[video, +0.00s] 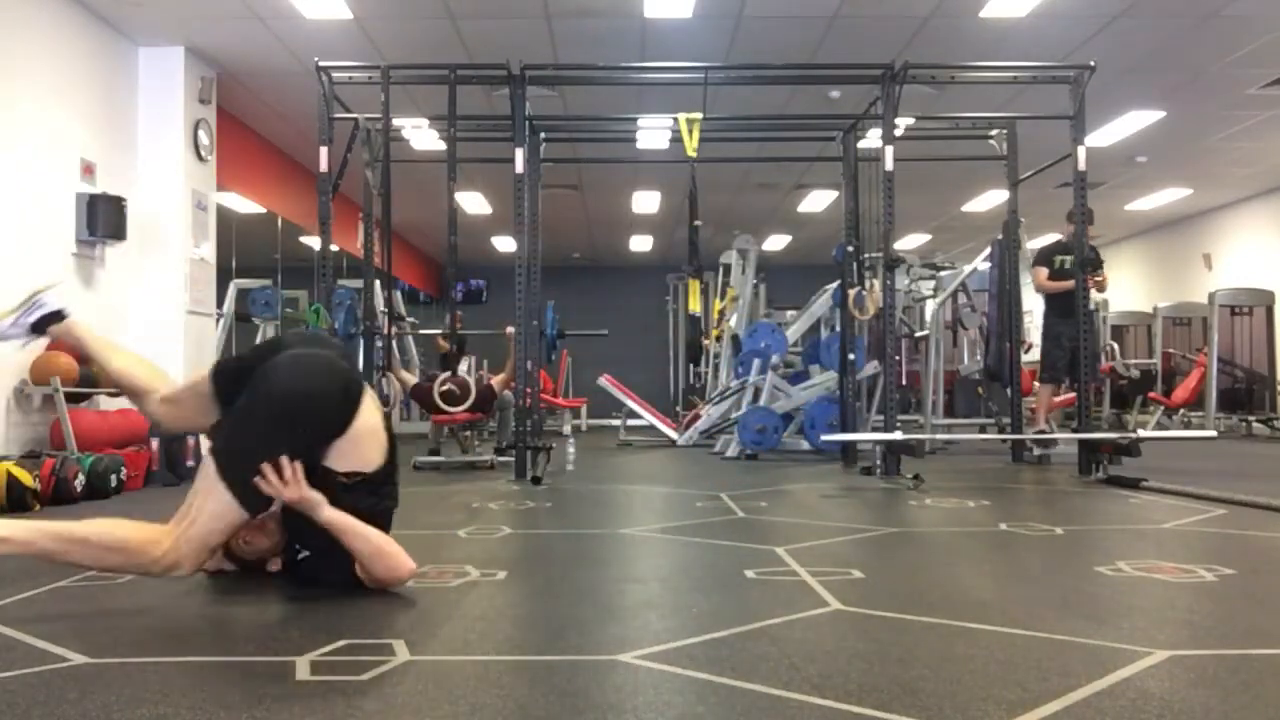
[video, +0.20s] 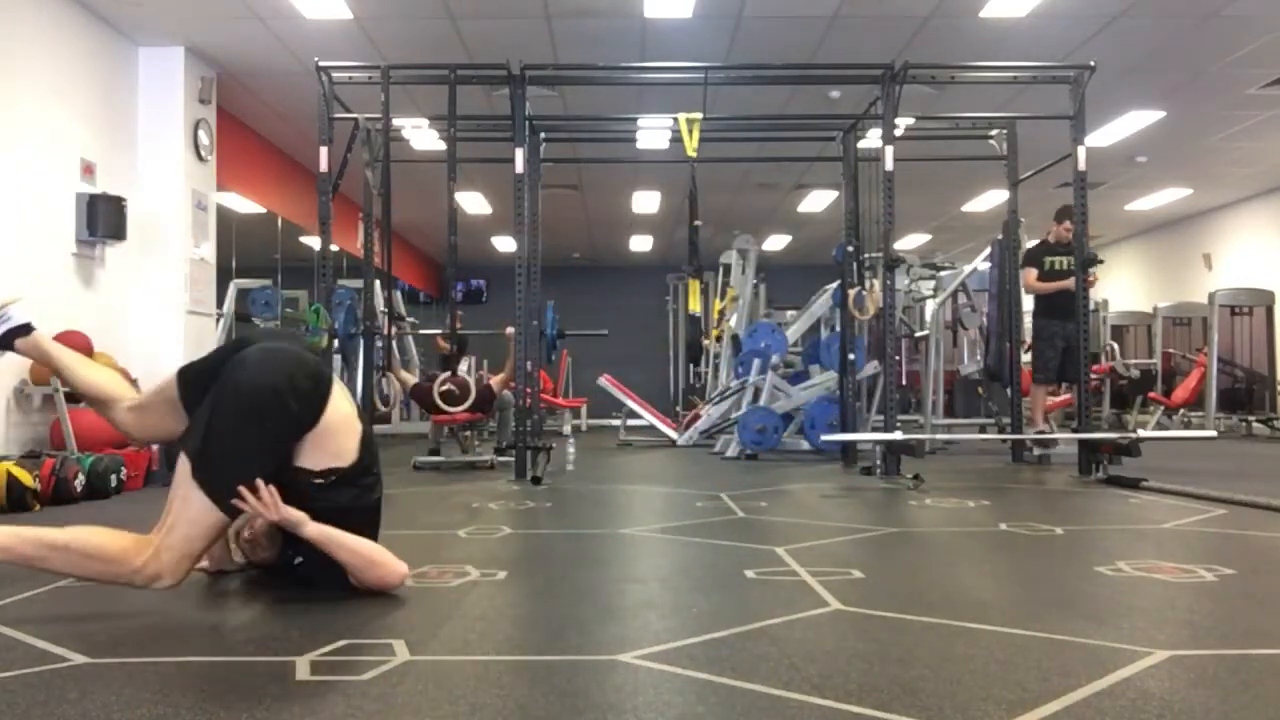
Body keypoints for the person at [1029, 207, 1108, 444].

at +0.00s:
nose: (1080, 230)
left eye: (1085, 226)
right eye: (1076, 224)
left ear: (1091, 228)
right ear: (1067, 225)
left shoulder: (1092, 254)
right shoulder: (1047, 252)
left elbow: (1101, 286)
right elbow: (1040, 284)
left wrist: (1098, 282)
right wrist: (1074, 284)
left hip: (1083, 321)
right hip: (1057, 321)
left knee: (1086, 374)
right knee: (1050, 375)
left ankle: (1085, 421)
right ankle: (1041, 423)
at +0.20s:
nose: (1070, 236)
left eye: (1073, 232)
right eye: (1067, 230)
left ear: (1075, 230)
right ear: (1056, 225)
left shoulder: (1076, 251)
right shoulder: (1036, 252)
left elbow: (1082, 278)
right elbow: (1029, 285)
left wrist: (1088, 281)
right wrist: (1065, 284)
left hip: (1074, 321)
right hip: (1047, 321)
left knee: (1077, 376)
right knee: (1042, 377)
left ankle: (1082, 423)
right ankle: (1038, 424)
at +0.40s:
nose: (1065, 236)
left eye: (1067, 231)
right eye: (1062, 230)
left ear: (1063, 230)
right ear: (1049, 225)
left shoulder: (1064, 251)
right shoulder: (1029, 250)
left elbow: (1069, 280)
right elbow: (1025, 286)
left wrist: (1081, 280)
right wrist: (1063, 284)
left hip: (1061, 318)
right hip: (1038, 319)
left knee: (1072, 373)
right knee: (1038, 377)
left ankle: (1076, 422)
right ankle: (1038, 425)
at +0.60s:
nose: (1059, 236)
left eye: (1061, 232)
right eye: (1058, 230)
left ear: (1053, 228)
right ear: (1045, 224)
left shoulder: (1057, 250)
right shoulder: (1026, 250)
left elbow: (1063, 278)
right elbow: (1024, 286)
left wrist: (1079, 279)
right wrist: (1060, 284)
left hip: (1057, 317)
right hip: (1035, 318)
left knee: (1062, 376)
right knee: (1036, 377)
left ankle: (1061, 429)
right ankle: (1037, 427)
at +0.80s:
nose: (1057, 235)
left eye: (1059, 231)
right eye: (1054, 229)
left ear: (1053, 228)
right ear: (1041, 224)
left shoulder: (1056, 251)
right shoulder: (1025, 249)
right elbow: (1023, 287)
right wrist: (1059, 284)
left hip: (1055, 317)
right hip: (1034, 319)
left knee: (1061, 376)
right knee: (1036, 377)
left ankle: (1061, 428)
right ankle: (1037, 427)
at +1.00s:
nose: (1056, 235)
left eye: (1059, 231)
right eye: (1055, 230)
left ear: (1049, 228)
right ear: (1042, 225)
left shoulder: (1055, 251)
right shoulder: (1024, 250)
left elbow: (1062, 279)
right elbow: (1024, 287)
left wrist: (1075, 278)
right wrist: (1059, 283)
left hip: (1055, 317)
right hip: (1033, 319)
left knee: (1061, 376)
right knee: (1036, 377)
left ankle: (1061, 428)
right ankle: (1037, 427)